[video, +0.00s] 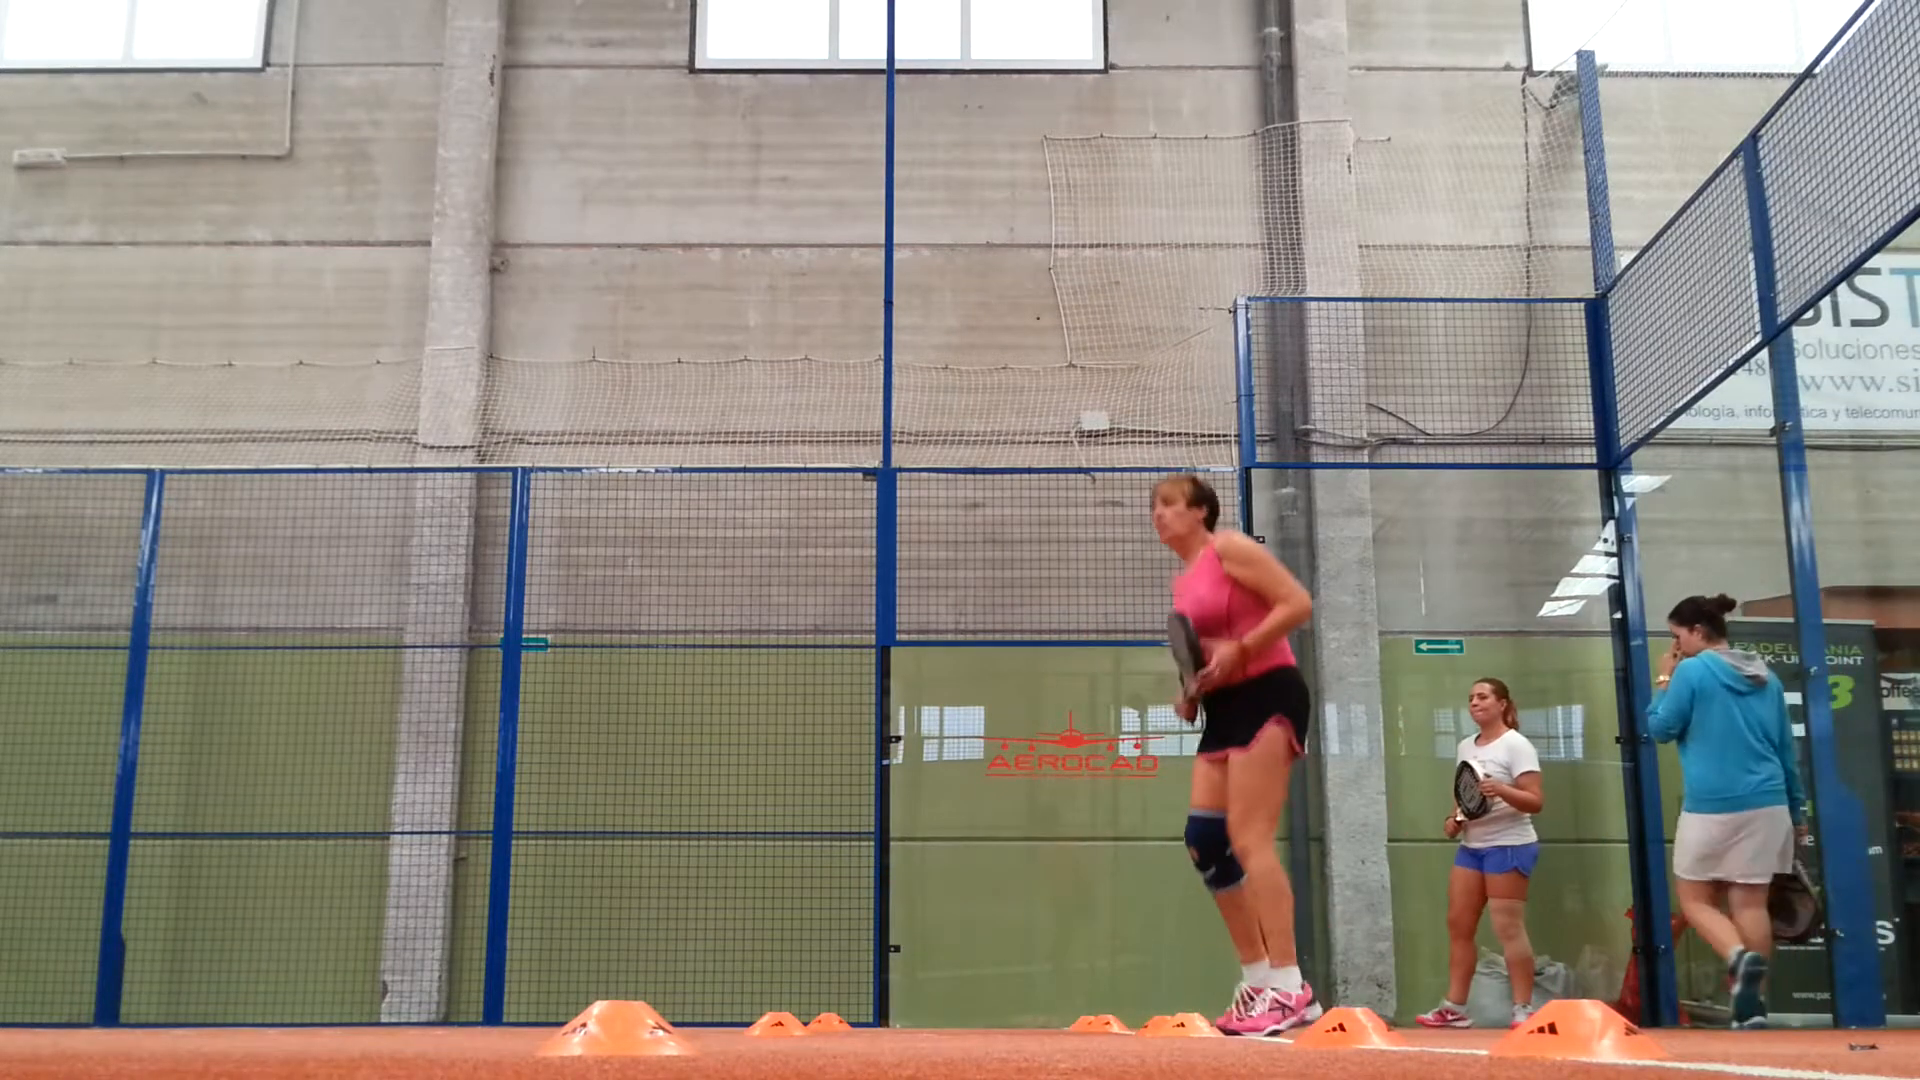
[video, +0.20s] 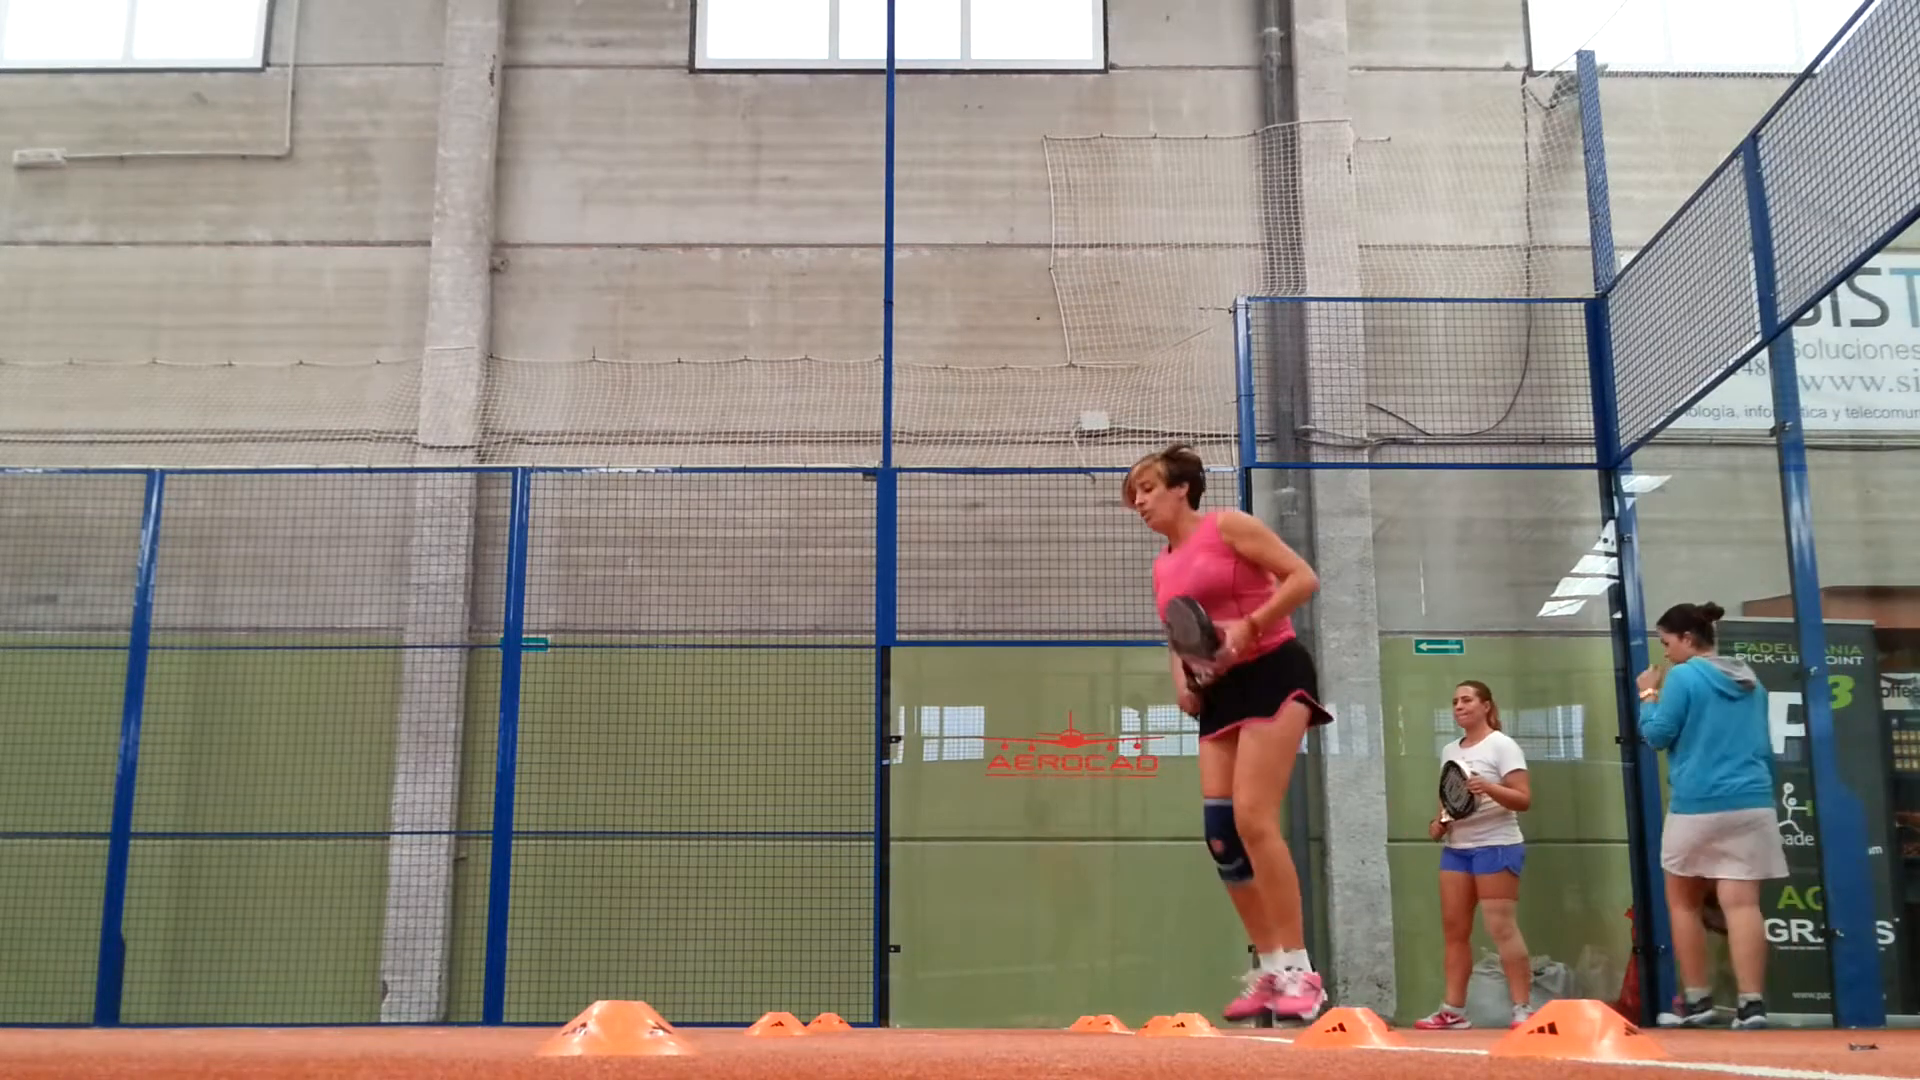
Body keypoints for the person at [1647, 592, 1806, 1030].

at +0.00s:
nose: (1675, 645)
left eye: (1677, 637)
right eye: (1674, 638)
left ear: (1697, 632)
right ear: (1715, 633)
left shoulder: (1692, 670)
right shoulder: (1764, 674)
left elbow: (1661, 727)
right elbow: (1785, 749)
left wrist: (1664, 682)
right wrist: (1796, 812)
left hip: (1709, 805)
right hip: (1767, 802)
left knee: (1696, 901)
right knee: (1751, 902)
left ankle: (1737, 957)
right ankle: (1752, 1009)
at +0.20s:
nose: (1663, 651)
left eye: (1665, 642)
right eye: (1661, 643)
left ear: (1686, 639)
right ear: (1703, 640)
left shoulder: (1684, 675)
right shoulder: (1749, 678)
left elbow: (1658, 733)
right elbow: (1764, 748)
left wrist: (1647, 697)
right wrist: (1760, 795)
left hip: (1697, 803)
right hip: (1752, 800)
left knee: (1683, 900)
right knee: (1743, 902)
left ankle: (1697, 1000)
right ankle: (1752, 1004)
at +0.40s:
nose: (1647, 661)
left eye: (1649, 653)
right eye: (1645, 654)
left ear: (1671, 651)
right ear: (1683, 652)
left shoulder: (1668, 688)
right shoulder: (1725, 688)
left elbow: (1662, 746)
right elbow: (1732, 749)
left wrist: (1626, 732)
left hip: (1682, 816)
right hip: (1733, 809)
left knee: (1680, 917)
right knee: (1730, 903)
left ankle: (1682, 1009)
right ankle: (1749, 998)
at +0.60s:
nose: (1628, 666)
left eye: (1633, 657)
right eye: (1626, 658)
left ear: (1658, 655)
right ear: (1664, 658)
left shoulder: (1653, 695)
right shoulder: (1703, 696)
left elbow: (1647, 754)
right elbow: (1706, 754)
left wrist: (1617, 759)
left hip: (1664, 819)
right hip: (1711, 817)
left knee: (1671, 917)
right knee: (1711, 909)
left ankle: (1680, 1010)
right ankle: (1734, 964)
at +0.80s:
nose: (1622, 666)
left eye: (1629, 658)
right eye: (1620, 659)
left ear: (1653, 659)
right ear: (1653, 663)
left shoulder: (1646, 698)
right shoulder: (1679, 696)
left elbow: (1633, 760)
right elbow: (1670, 759)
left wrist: (1618, 780)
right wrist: (1629, 778)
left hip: (1663, 815)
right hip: (1694, 813)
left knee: (1671, 914)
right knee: (1681, 911)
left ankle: (1681, 1006)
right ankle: (1702, 999)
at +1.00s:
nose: (1622, 673)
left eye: (1630, 665)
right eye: (1620, 667)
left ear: (1652, 668)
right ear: (1622, 671)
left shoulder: (1656, 705)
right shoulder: (1645, 708)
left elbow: (1636, 766)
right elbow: (1623, 776)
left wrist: (1612, 787)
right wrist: (1611, 830)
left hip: (1663, 819)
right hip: (1660, 819)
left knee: (1665, 914)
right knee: (1666, 915)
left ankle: (1678, 1008)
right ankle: (1674, 1006)